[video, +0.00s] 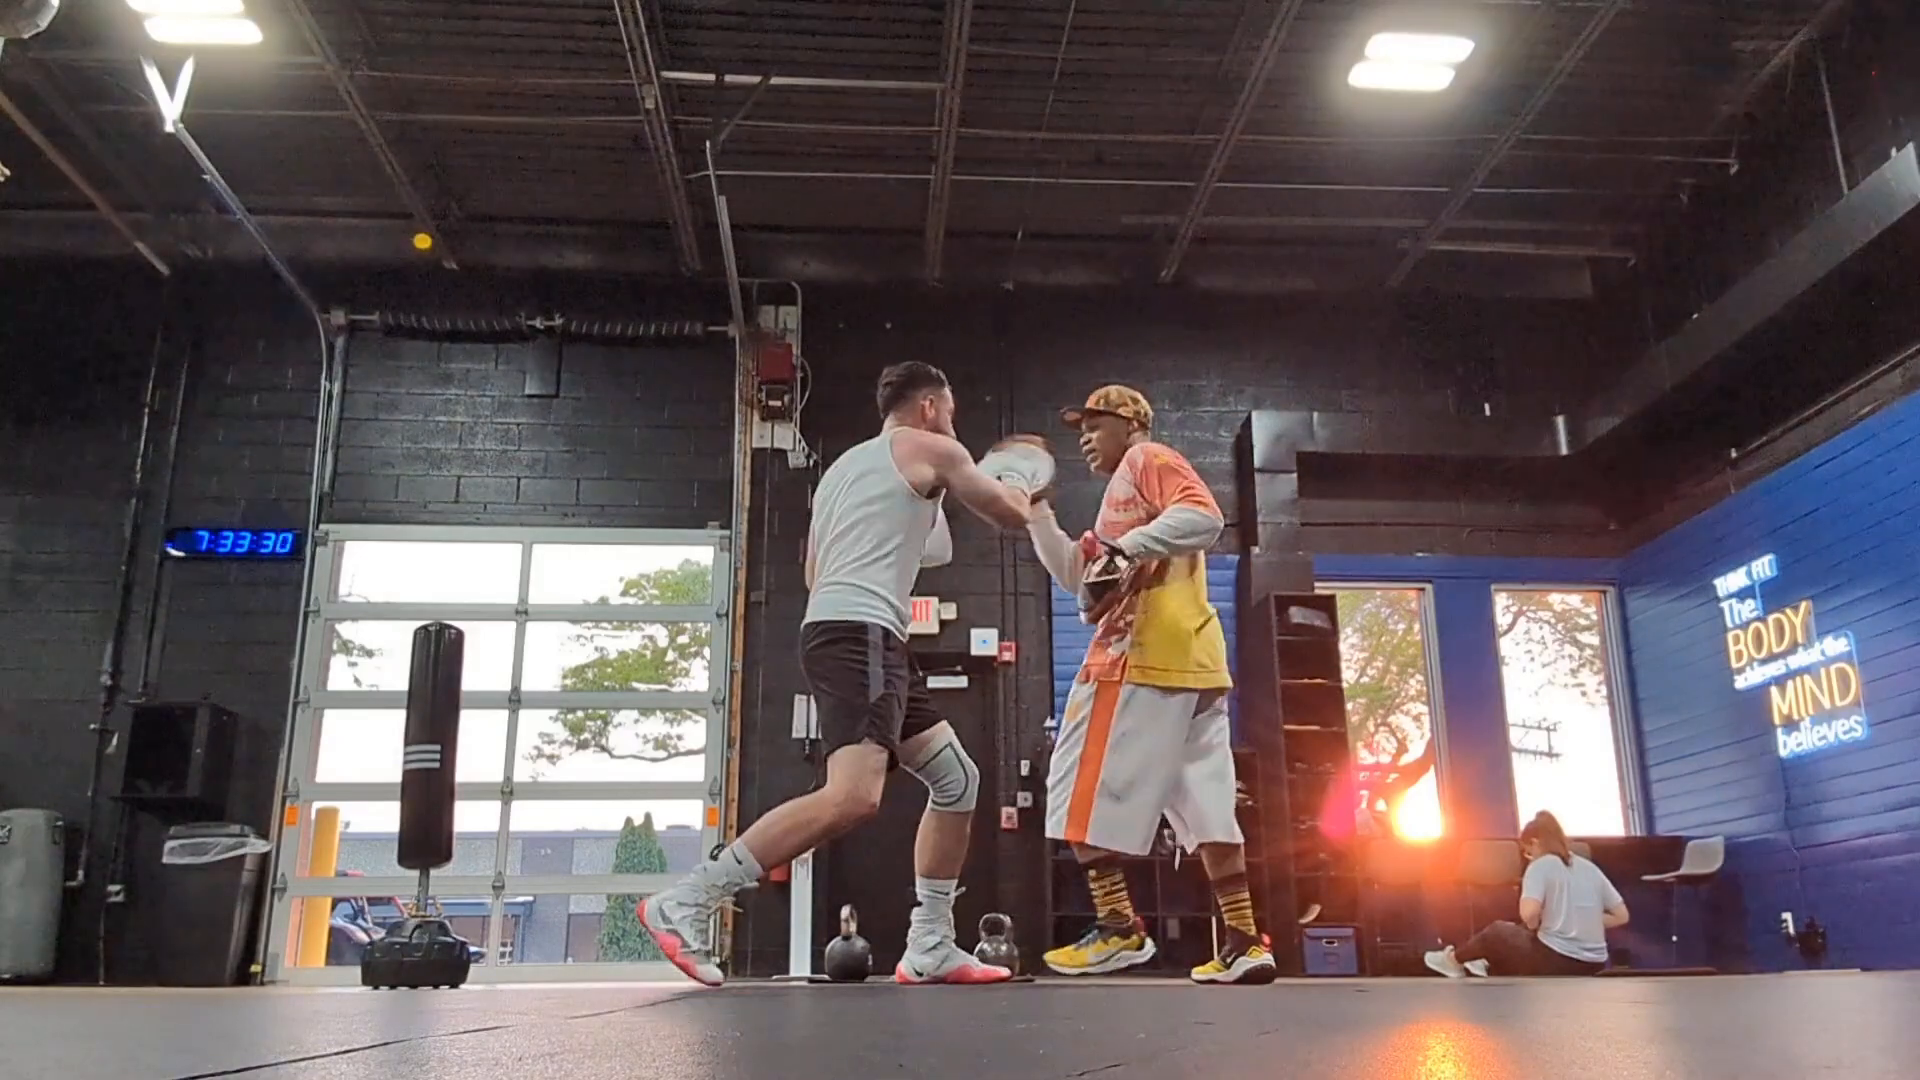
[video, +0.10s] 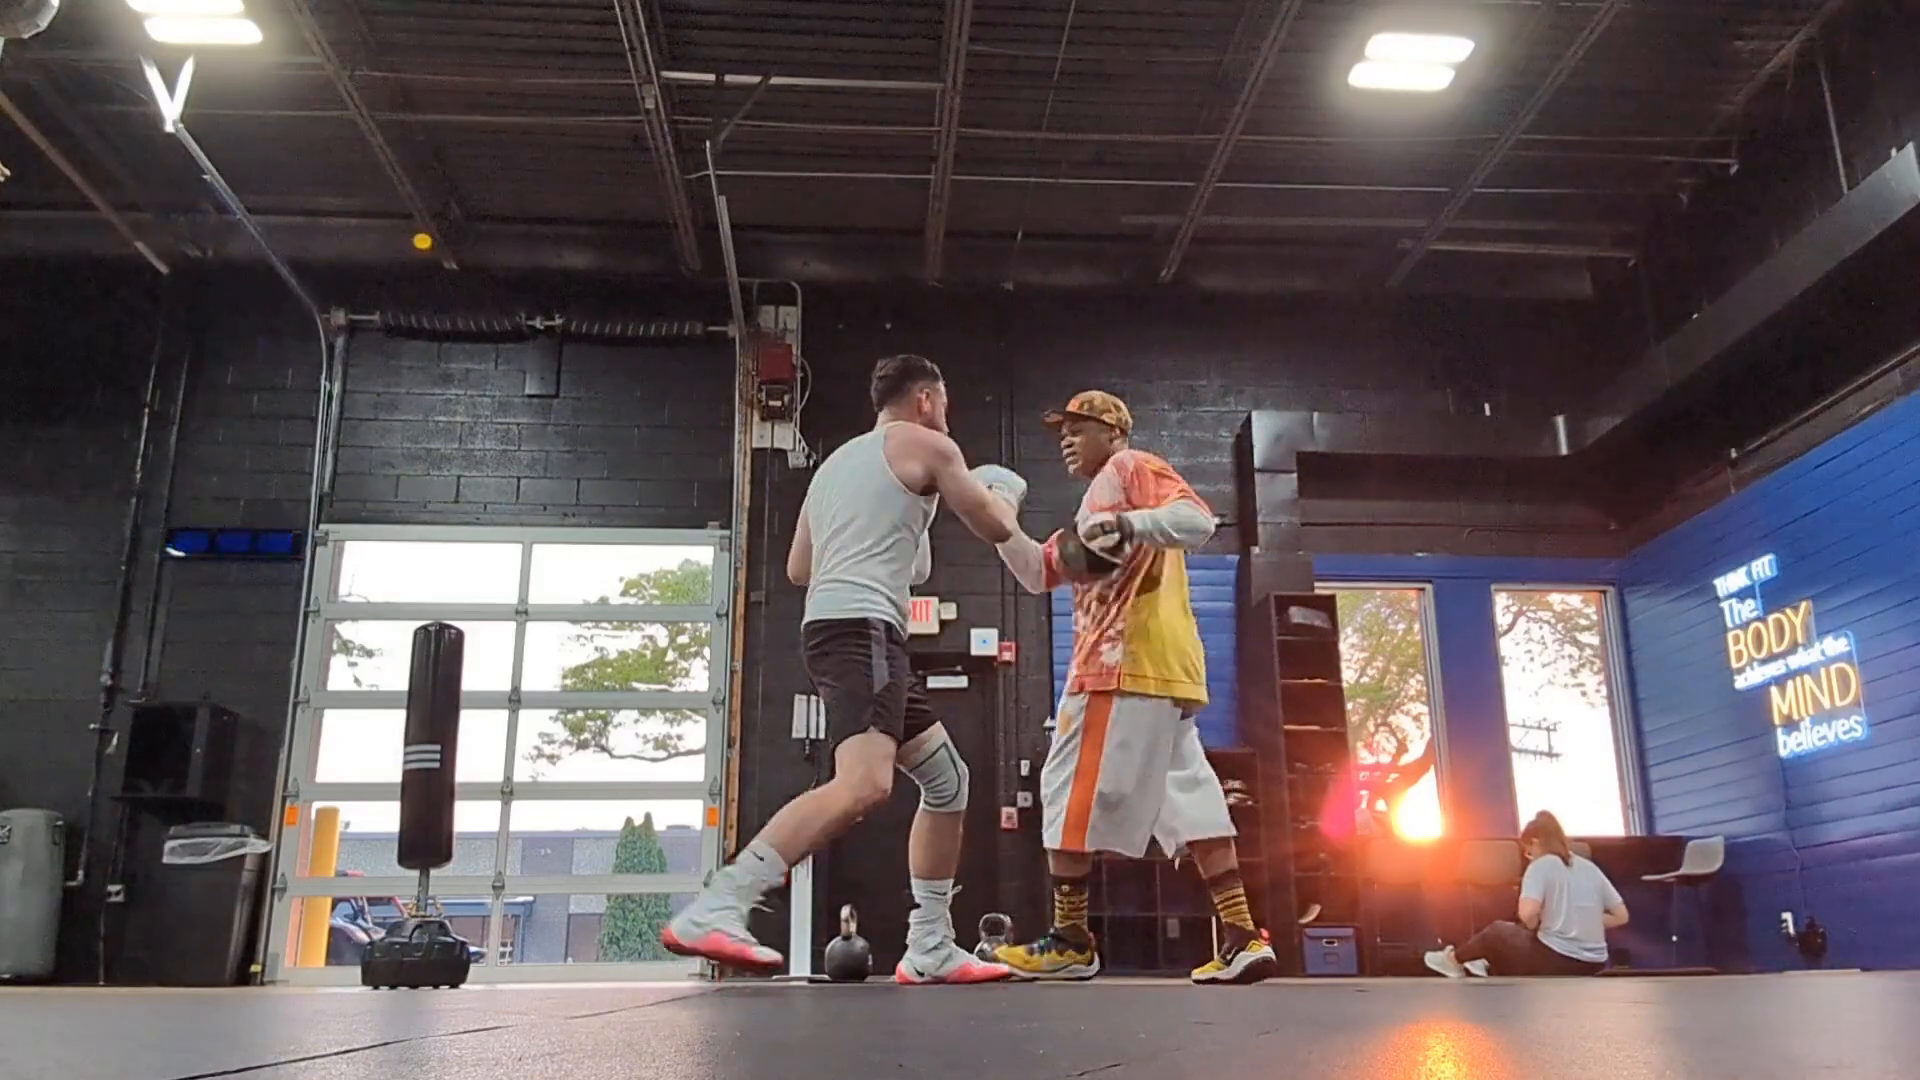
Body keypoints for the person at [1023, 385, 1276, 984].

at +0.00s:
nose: (1083, 438)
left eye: (1093, 426)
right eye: (1082, 430)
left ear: (1129, 424)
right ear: (1115, 433)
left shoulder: (1149, 457)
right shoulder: (1121, 496)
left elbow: (1202, 515)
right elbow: (1076, 572)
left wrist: (1122, 549)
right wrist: (1038, 510)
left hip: (1135, 657)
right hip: (1194, 657)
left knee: (1074, 788)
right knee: (1207, 797)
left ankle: (1119, 930)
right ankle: (1244, 942)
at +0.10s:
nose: (1064, 441)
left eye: (1076, 430)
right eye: (1063, 433)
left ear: (1112, 431)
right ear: (1073, 443)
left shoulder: (1132, 466)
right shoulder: (1093, 508)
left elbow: (1199, 519)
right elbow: (1039, 571)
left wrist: (1120, 525)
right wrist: (1001, 522)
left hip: (1118, 666)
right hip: (1155, 671)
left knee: (1066, 789)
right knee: (1191, 797)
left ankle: (1070, 940)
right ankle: (1241, 936)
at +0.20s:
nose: (1041, 453)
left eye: (1051, 442)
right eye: (1037, 445)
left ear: (1085, 440)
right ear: (1041, 452)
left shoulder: (1114, 480)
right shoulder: (1066, 514)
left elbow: (1167, 535)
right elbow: (1044, 604)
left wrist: (1106, 492)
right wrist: (1002, 571)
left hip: (1093, 666)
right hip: (1112, 667)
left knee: (1046, 793)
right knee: (1154, 795)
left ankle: (1063, 944)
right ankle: (1228, 920)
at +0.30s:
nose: (1018, 453)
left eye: (1027, 442)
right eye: (1016, 444)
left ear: (1059, 443)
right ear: (1037, 451)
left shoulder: (1079, 482)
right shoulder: (1044, 507)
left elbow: (1090, 541)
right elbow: (1037, 614)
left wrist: (1039, 495)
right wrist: (988, 591)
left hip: (1069, 651)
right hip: (1072, 654)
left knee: (1030, 798)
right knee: (1091, 797)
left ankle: (1062, 947)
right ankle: (1172, 892)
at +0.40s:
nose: (994, 453)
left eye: (1004, 442)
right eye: (990, 445)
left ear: (1038, 447)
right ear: (993, 456)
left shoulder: (1058, 488)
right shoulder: (1019, 518)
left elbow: (1081, 546)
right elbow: (1000, 617)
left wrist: (1015, 504)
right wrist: (959, 569)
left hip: (1053, 675)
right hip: (1025, 678)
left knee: (1022, 811)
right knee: (1018, 806)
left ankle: (1060, 948)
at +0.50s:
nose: (972, 460)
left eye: (982, 449)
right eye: (967, 453)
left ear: (1015, 451)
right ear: (967, 465)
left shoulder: (1048, 493)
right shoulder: (980, 528)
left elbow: (1073, 544)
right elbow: (953, 616)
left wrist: (994, 523)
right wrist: (937, 549)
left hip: (1044, 682)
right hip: (993, 685)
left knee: (1011, 807)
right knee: (965, 806)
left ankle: (1057, 942)